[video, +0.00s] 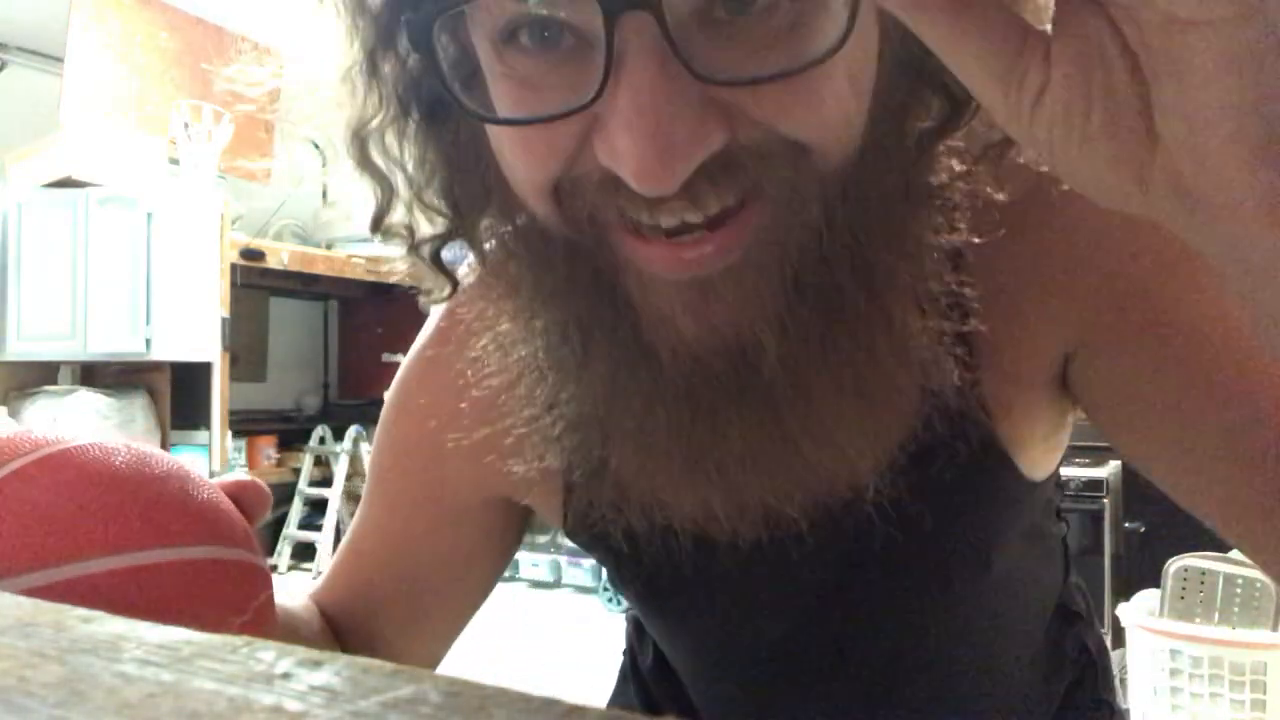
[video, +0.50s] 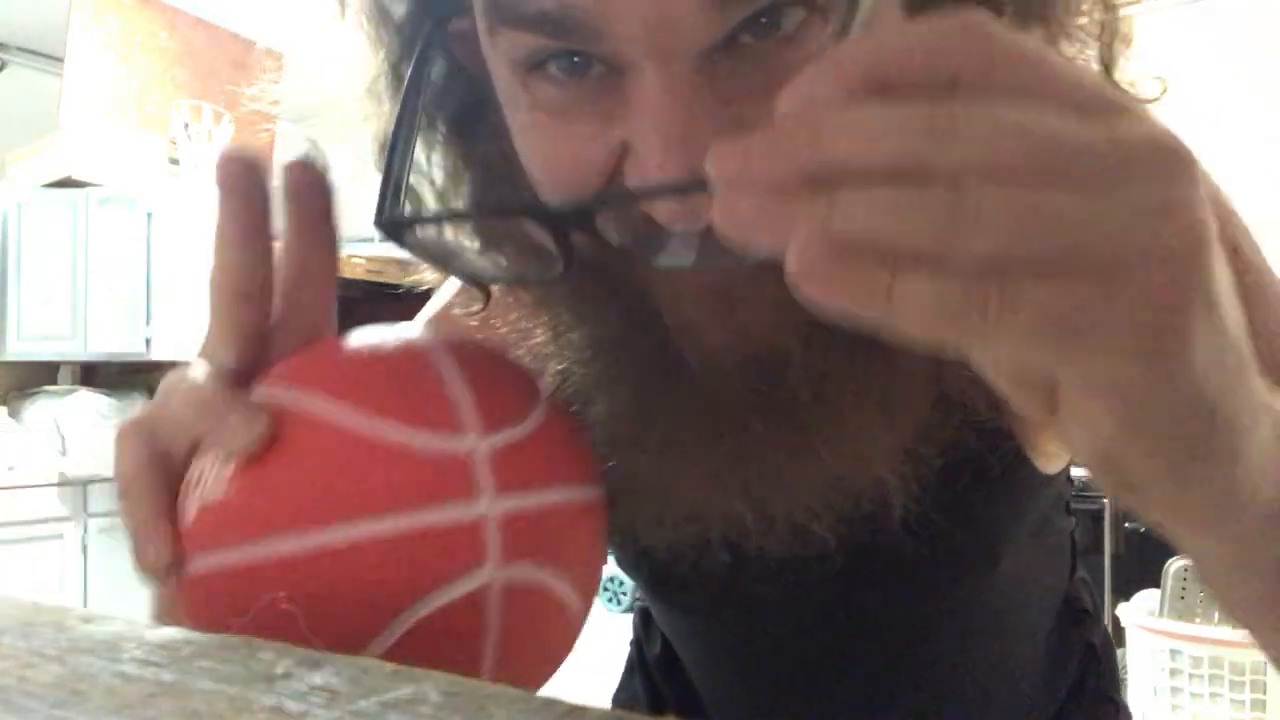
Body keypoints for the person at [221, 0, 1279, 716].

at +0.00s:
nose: (654, 146)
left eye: (744, 10)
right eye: (545, 32)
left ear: (892, 10)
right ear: (462, 67)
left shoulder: (1053, 245)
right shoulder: (503, 351)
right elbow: (351, 641)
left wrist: (1234, 190)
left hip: (1021, 702)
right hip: (696, 705)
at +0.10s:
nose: (656, 154)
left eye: (743, 8)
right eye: (544, 36)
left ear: (891, 12)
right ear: (462, 73)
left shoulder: (1054, 252)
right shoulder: (500, 353)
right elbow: (346, 652)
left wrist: (1238, 212)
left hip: (1022, 703)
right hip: (695, 705)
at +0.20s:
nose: (659, 158)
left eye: (746, 13)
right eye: (543, 43)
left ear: (895, 13)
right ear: (459, 75)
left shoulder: (1047, 250)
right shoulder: (500, 356)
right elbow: (346, 637)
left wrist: (1239, 252)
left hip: (1016, 705)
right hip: (694, 709)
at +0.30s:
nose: (671, 170)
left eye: (753, 30)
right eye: (560, 58)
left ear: (889, 17)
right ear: (456, 73)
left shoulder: (1028, 268)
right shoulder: (504, 347)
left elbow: (1275, 572)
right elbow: (339, 659)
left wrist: (1208, 230)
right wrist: (147, 570)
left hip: (1003, 698)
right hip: (693, 703)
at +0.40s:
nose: (682, 160)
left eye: (741, 37)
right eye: (558, 61)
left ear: (860, 28)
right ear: (456, 84)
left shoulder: (1011, 264)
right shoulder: (520, 336)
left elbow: (1246, 556)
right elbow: (362, 537)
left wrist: (1213, 340)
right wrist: (225, 564)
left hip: (1014, 694)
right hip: (700, 698)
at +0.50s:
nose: (673, 161)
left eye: (758, 33)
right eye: (567, 63)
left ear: (922, 27)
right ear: (475, 74)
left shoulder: (1073, 253)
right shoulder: (557, 332)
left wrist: (1237, 474)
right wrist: (310, 554)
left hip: (1021, 675)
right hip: (697, 679)